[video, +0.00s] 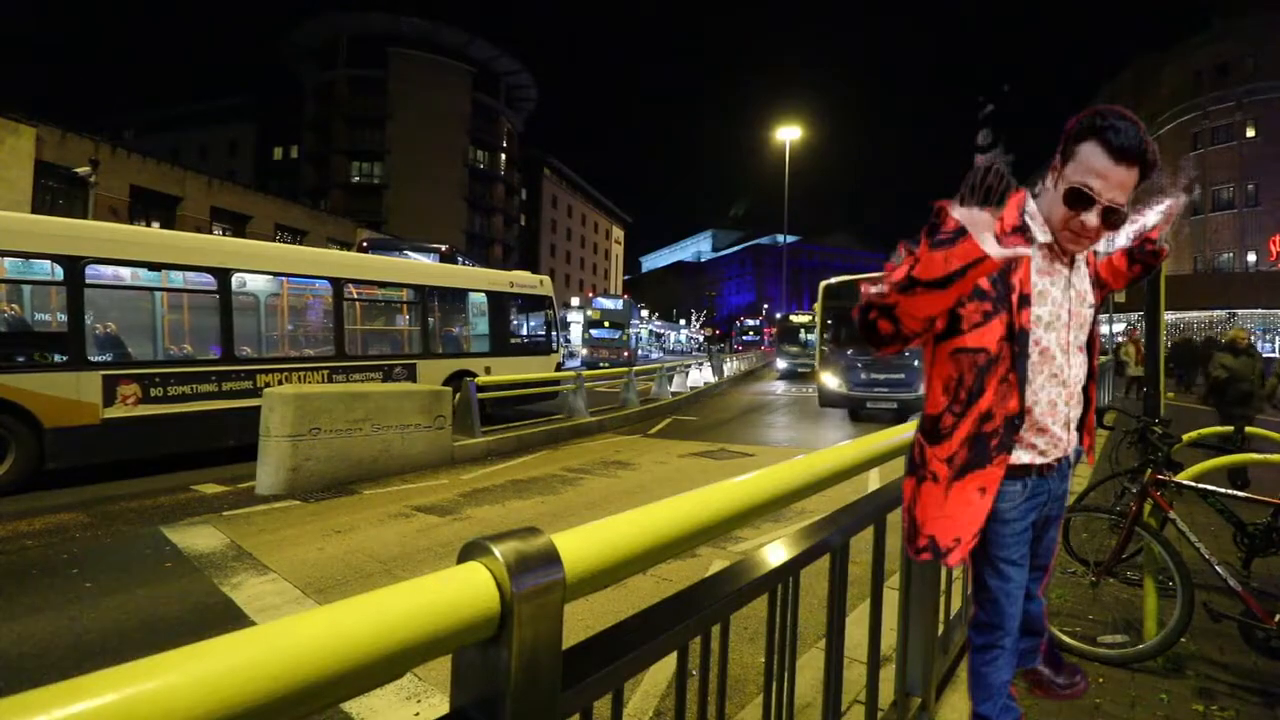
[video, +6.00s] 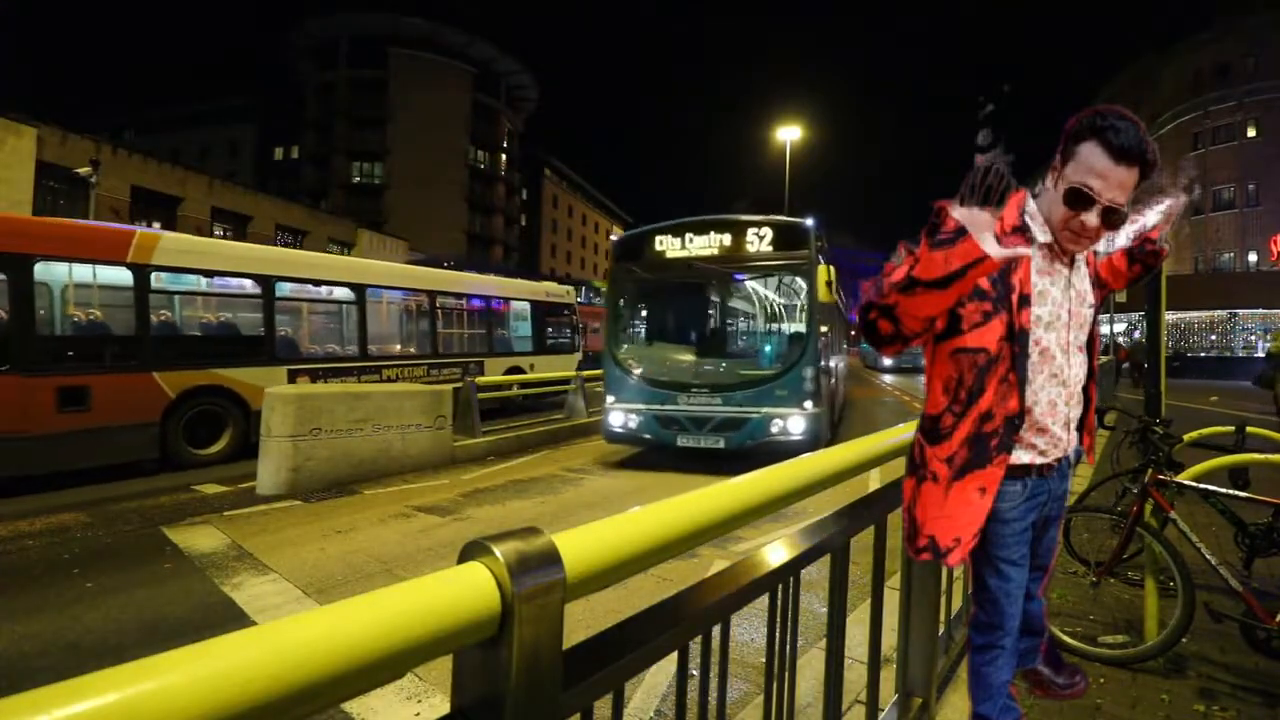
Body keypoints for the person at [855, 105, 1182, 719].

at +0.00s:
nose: (1090, 222)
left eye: (1110, 211)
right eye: (1080, 197)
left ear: (1123, 210)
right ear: (1052, 171)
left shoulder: (1084, 263)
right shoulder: (985, 242)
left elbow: (1115, 271)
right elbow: (879, 325)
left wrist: (1152, 239)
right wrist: (964, 248)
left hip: (1057, 466)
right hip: (999, 474)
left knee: (1035, 580)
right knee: (1000, 613)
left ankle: (1028, 659)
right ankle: (994, 710)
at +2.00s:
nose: (1089, 222)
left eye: (1109, 212)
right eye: (1080, 197)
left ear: (1123, 211)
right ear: (1052, 171)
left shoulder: (1083, 263)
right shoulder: (984, 242)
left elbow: (1110, 274)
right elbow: (883, 327)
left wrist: (1150, 241)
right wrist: (963, 244)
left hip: (1057, 467)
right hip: (1000, 474)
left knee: (1035, 581)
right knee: (1000, 611)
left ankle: (1028, 659)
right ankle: (994, 709)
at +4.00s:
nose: (1089, 222)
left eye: (1110, 212)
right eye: (1080, 197)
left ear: (1124, 210)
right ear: (1052, 171)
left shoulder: (1085, 263)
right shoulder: (985, 243)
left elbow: (1115, 271)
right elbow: (881, 327)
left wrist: (1150, 242)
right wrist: (963, 246)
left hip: (1057, 467)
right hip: (1000, 474)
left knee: (1035, 580)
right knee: (1000, 611)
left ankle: (1028, 658)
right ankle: (994, 709)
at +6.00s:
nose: (1089, 222)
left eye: (1110, 211)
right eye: (1079, 198)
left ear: (1123, 211)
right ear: (1052, 172)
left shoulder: (1085, 264)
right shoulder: (985, 242)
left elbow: (1115, 271)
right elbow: (883, 328)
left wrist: (1152, 240)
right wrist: (962, 245)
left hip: (1057, 467)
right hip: (1000, 475)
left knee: (1034, 582)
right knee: (1000, 611)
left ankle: (1027, 659)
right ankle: (994, 709)